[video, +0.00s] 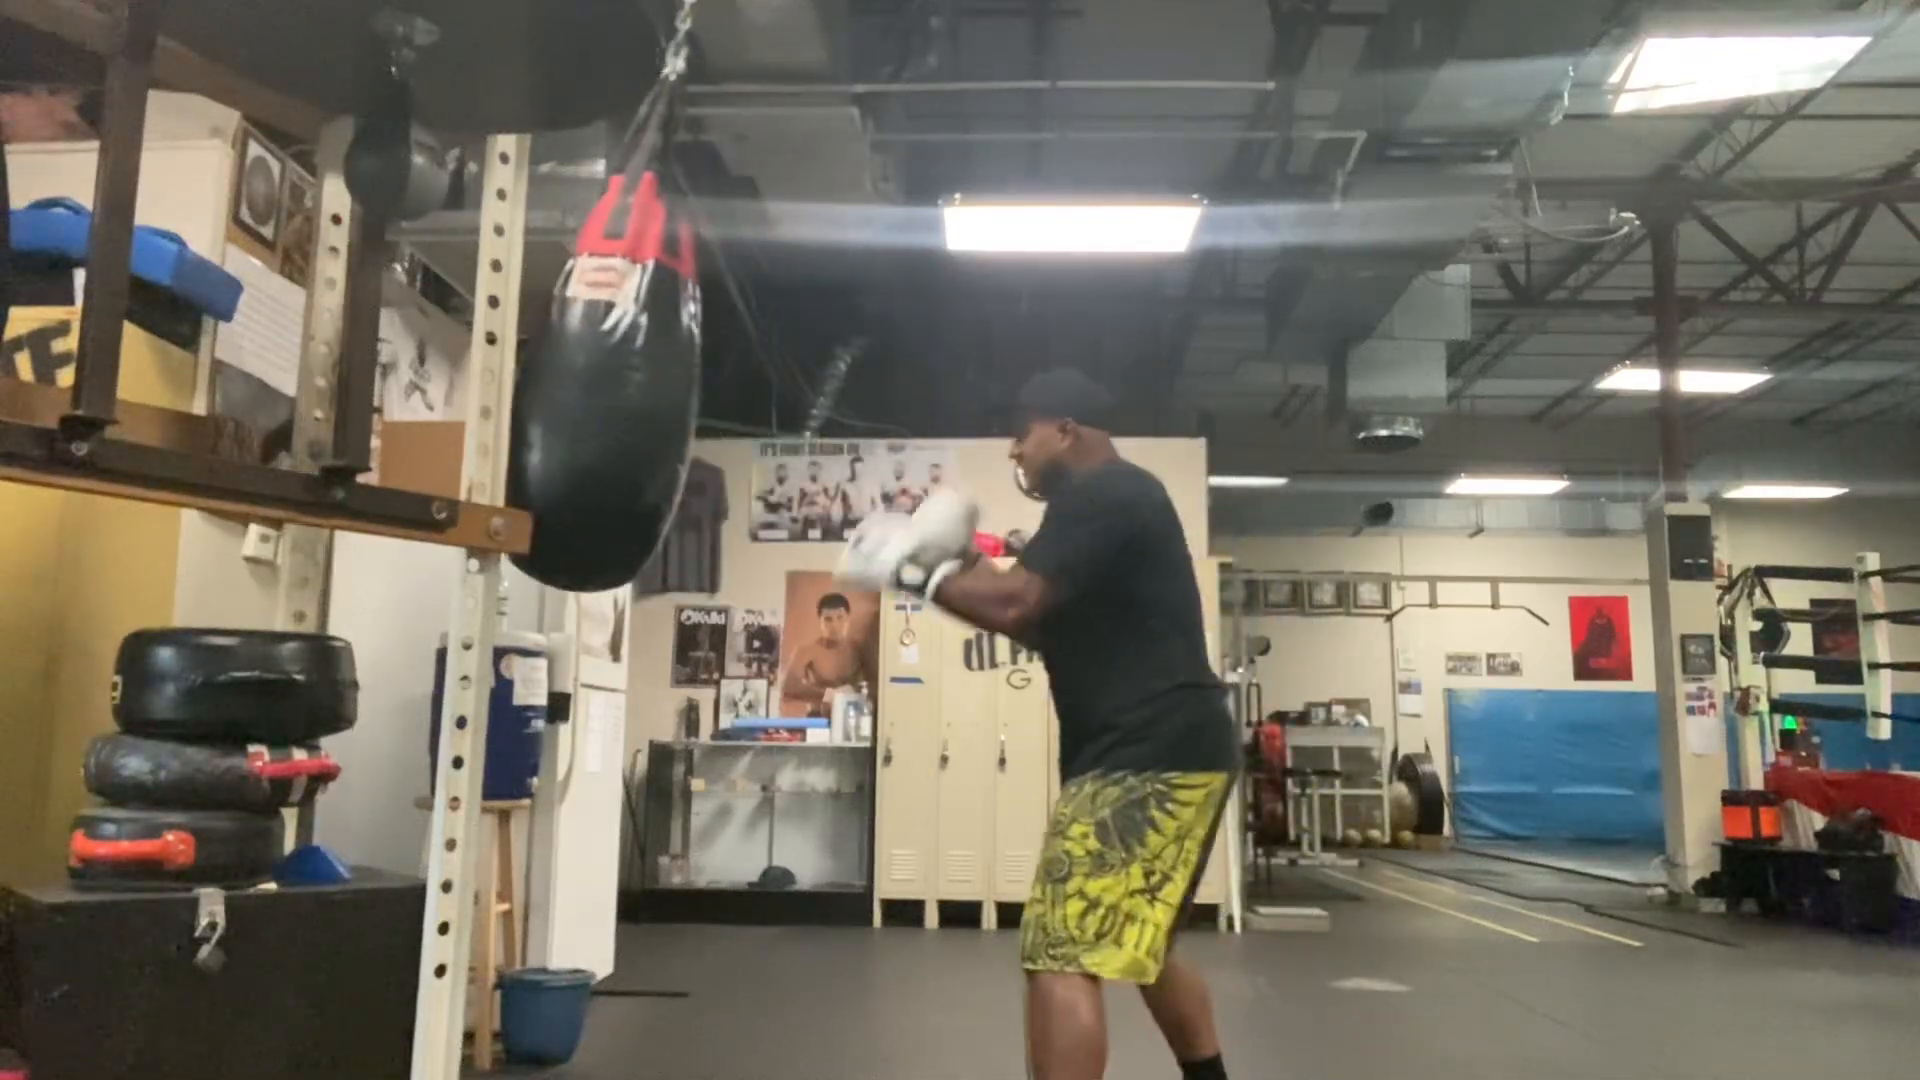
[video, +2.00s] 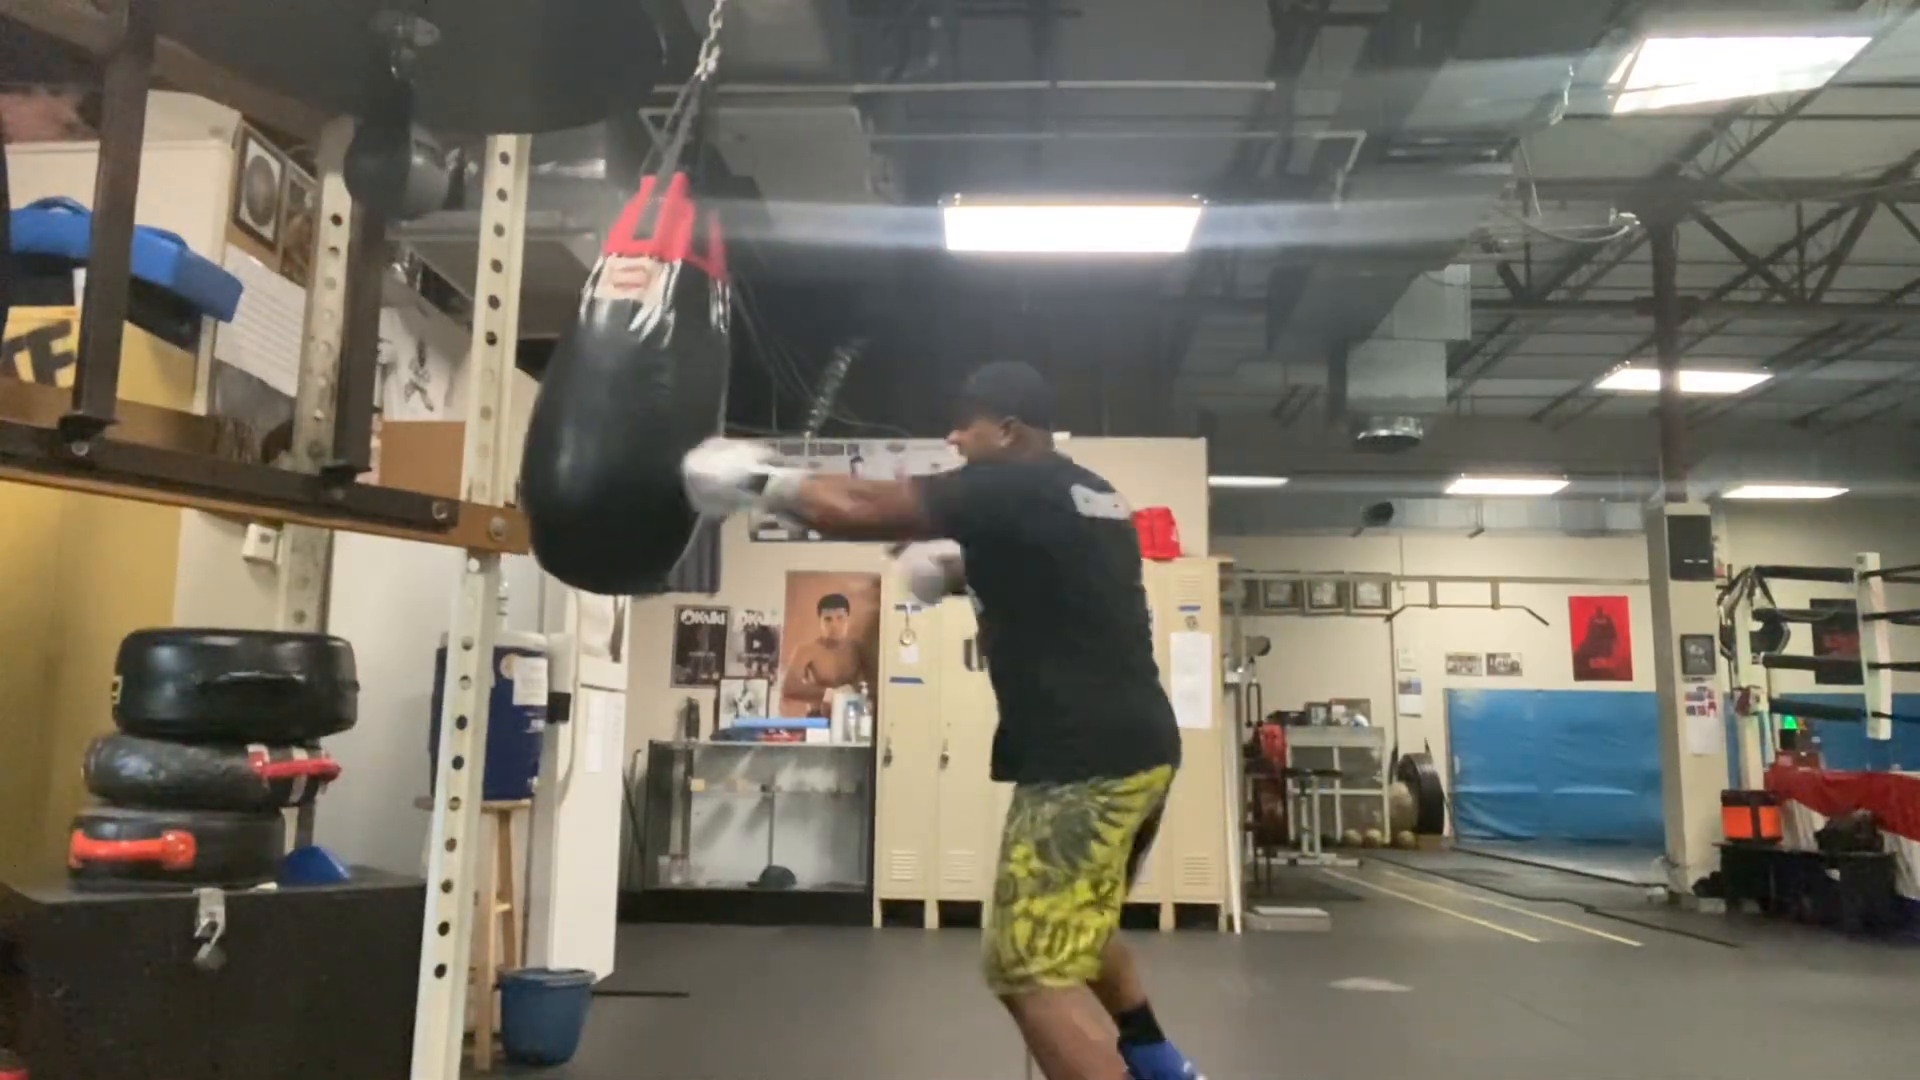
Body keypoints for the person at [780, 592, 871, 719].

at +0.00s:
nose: (835, 625)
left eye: (840, 618)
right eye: (828, 619)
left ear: (848, 619)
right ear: (819, 621)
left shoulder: (857, 652)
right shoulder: (806, 652)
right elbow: (789, 687)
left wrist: (817, 687)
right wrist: (826, 695)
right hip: (819, 718)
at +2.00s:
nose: (834, 625)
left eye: (840, 618)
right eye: (828, 619)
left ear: (847, 619)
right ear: (819, 621)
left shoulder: (858, 651)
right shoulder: (806, 651)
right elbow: (790, 688)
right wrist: (826, 694)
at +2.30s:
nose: (834, 625)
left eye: (840, 618)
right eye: (828, 619)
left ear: (848, 620)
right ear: (819, 621)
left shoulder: (858, 650)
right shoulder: (806, 651)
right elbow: (789, 688)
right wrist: (826, 694)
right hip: (819, 718)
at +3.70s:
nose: (835, 624)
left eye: (840, 617)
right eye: (828, 619)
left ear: (847, 619)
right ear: (819, 620)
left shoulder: (856, 651)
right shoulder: (806, 651)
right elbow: (790, 687)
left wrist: (817, 686)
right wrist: (829, 693)